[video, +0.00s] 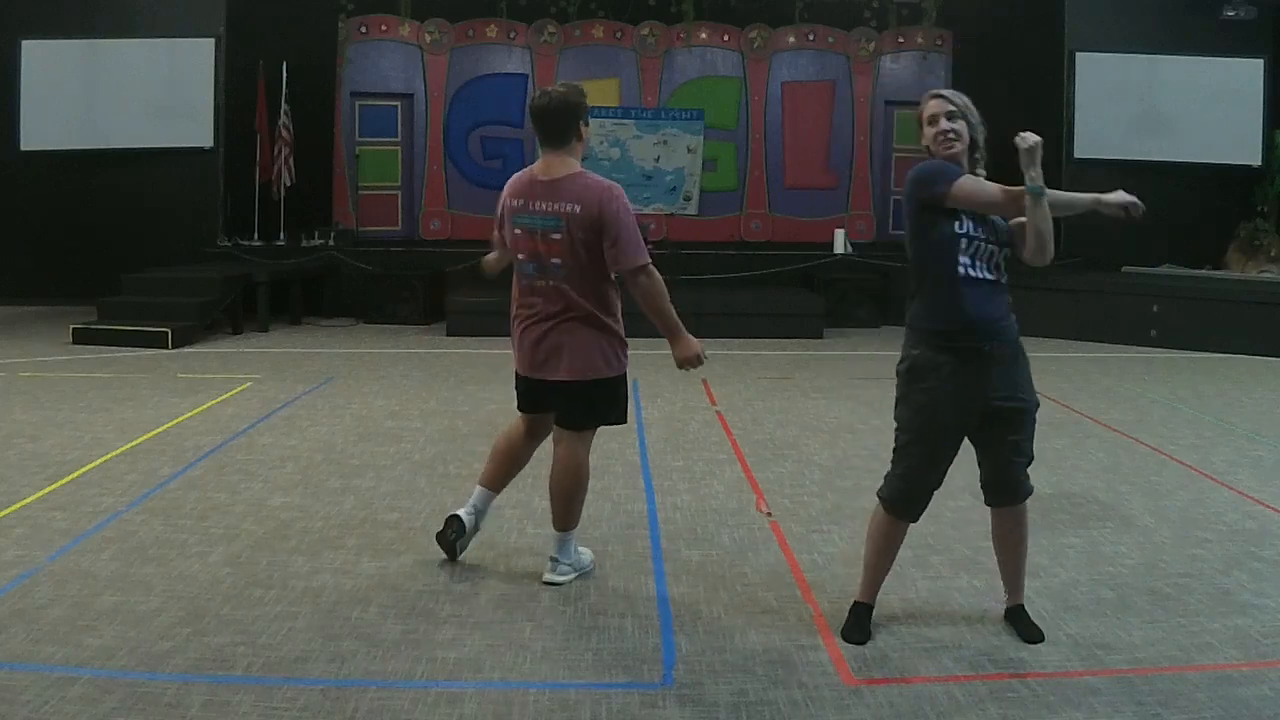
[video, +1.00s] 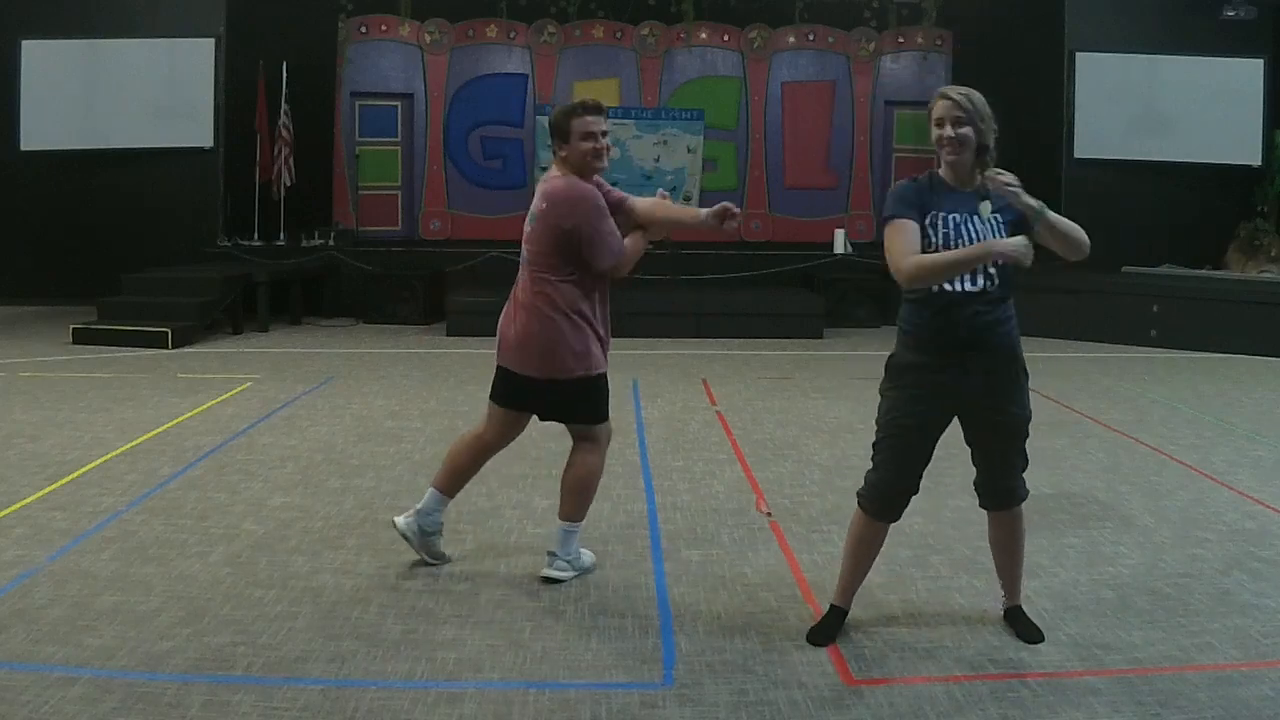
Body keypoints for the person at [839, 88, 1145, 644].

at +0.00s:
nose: (942, 127)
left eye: (951, 118)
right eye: (931, 122)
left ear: (972, 132)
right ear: (923, 137)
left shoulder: (995, 202)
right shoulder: (925, 179)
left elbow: (1039, 253)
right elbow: (1011, 201)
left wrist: (1034, 175)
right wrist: (1099, 200)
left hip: (1001, 360)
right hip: (936, 361)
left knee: (1010, 487)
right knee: (906, 490)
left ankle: (1015, 603)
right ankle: (864, 601)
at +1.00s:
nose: (949, 132)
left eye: (961, 123)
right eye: (940, 124)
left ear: (983, 133)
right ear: (930, 134)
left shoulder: (1005, 198)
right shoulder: (909, 194)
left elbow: (1078, 248)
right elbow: (906, 269)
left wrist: (1027, 204)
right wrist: (991, 249)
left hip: (995, 368)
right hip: (921, 366)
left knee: (1004, 491)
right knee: (885, 490)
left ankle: (1013, 604)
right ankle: (839, 605)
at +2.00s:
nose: (892, 147)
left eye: (900, 135)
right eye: (884, 140)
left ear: (928, 135)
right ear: (882, 148)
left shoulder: (972, 182)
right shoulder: (877, 214)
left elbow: (909, 227)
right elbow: (867, 299)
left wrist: (825, 237)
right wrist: (892, 257)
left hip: (968, 363)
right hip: (897, 364)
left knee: (994, 493)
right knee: (869, 489)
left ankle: (1009, 603)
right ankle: (837, 605)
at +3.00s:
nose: (1083, 160)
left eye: (1092, 151)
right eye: (1074, 147)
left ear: (1100, 147)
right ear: (1047, 135)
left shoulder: (1109, 195)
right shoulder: (1007, 183)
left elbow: (1182, 232)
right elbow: (957, 253)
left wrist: (1254, 267)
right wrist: (915, 310)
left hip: (1048, 357)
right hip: (985, 343)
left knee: (1030, 484)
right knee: (922, 456)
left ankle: (1012, 605)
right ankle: (921, 345)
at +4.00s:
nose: (954, 165)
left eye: (962, 155)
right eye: (947, 153)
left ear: (970, 150)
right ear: (922, 139)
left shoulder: (979, 192)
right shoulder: (881, 186)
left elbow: (1023, 267)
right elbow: (811, 214)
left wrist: (1068, 340)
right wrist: (743, 237)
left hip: (982, 359)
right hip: (908, 364)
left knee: (1010, 476)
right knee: (902, 491)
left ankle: (1016, 576)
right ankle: (884, 605)